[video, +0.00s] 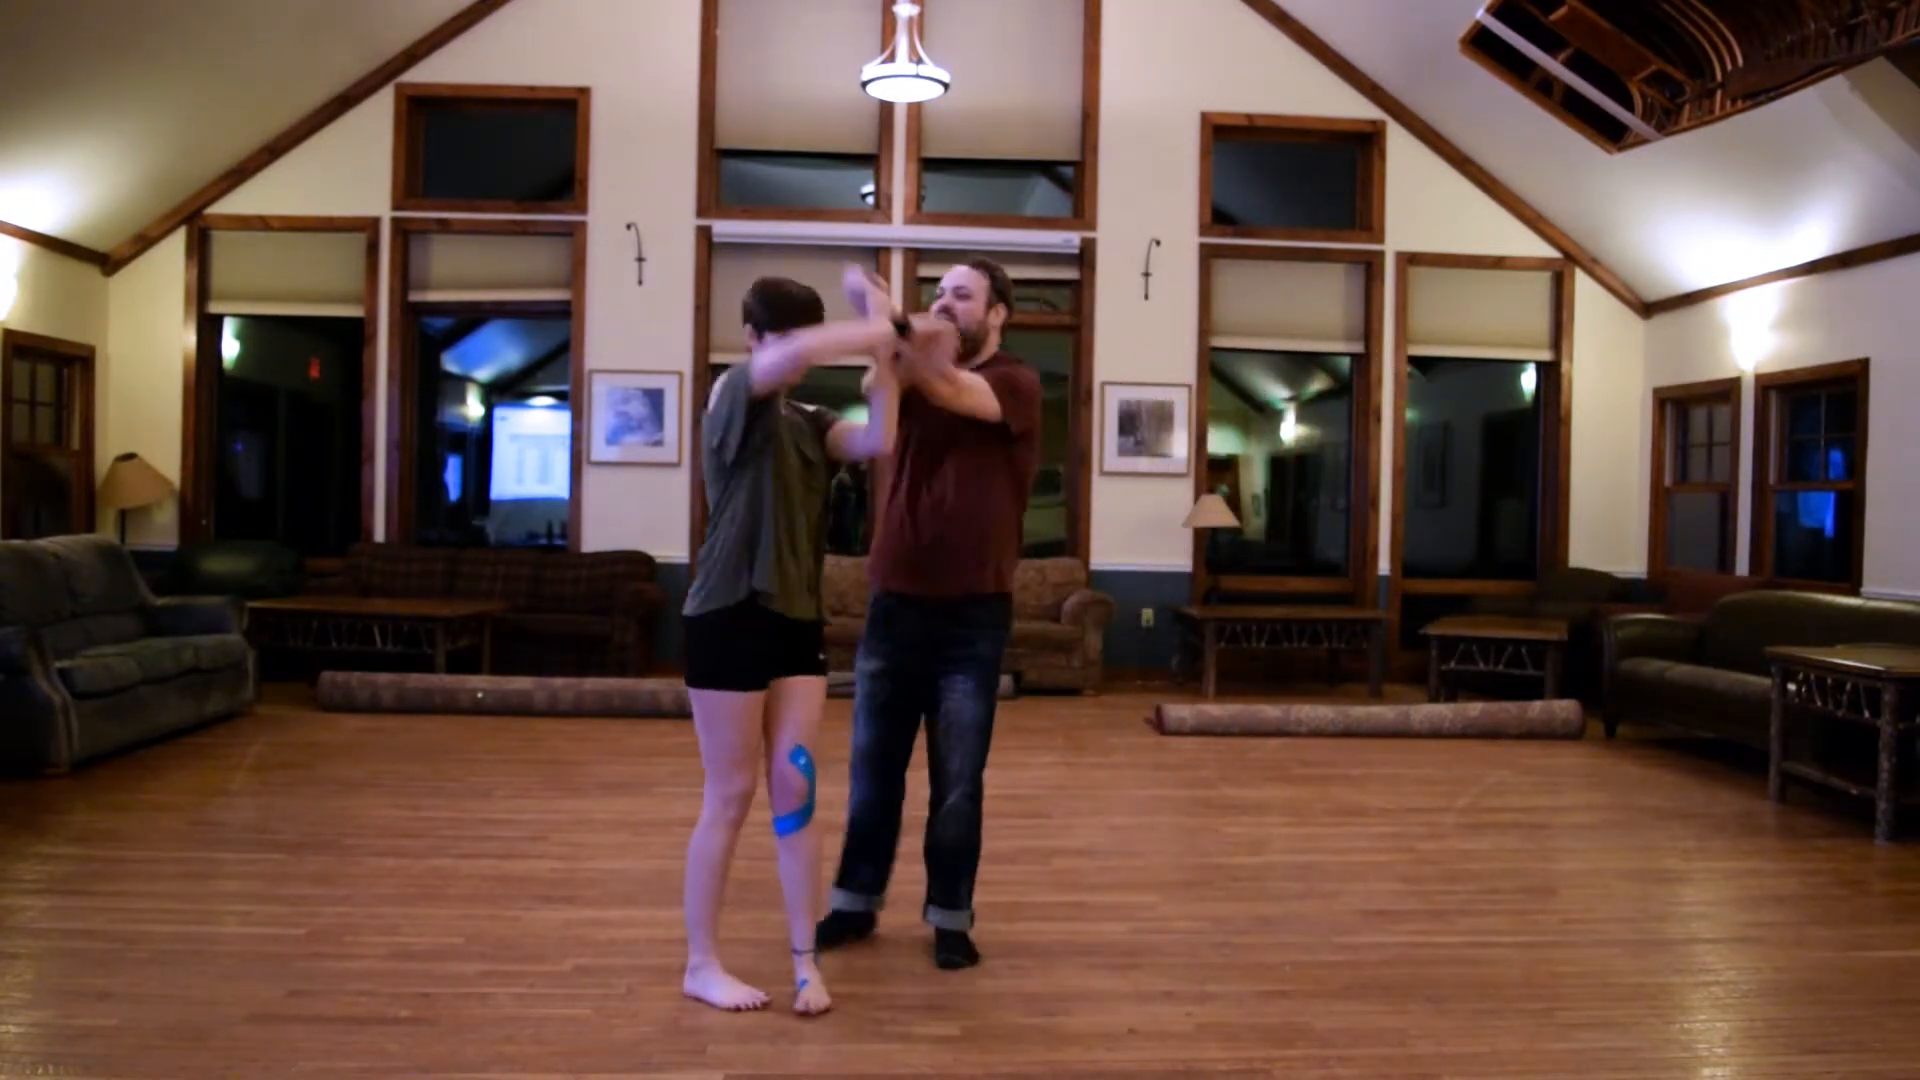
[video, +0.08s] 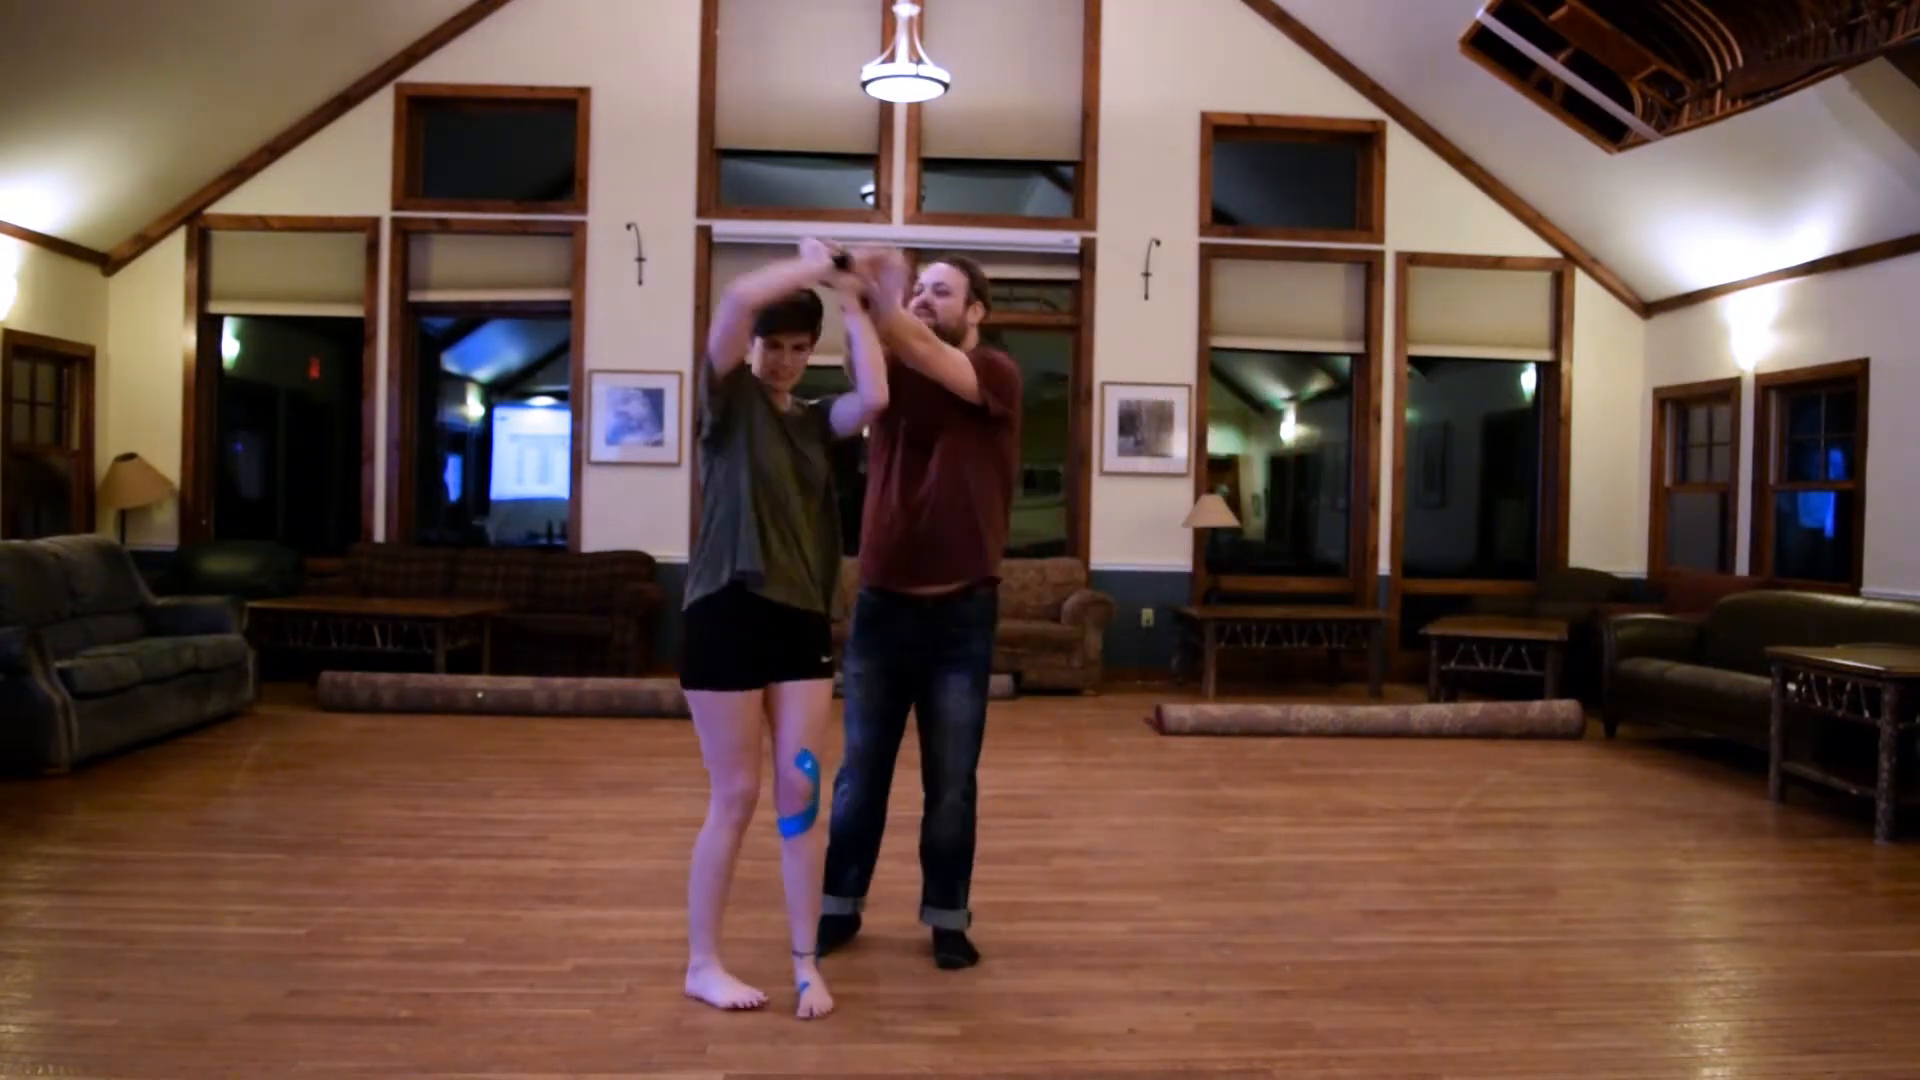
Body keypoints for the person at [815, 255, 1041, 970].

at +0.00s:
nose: (943, 304)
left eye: (961, 295)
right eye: (937, 295)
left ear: (997, 317)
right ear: (927, 312)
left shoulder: (1017, 382)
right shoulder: (910, 379)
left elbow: (948, 387)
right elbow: (872, 380)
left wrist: (900, 333)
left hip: (973, 605)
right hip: (895, 599)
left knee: (957, 777)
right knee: (873, 766)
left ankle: (950, 918)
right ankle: (854, 904)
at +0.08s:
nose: (923, 300)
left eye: (941, 291)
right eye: (918, 290)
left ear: (975, 313)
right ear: (905, 304)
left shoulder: (998, 373)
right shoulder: (890, 368)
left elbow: (916, 347)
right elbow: (861, 341)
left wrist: (876, 299)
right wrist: (857, 292)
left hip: (962, 603)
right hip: (882, 600)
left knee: (951, 777)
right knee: (863, 765)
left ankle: (948, 918)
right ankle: (839, 908)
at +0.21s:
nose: (892, 299)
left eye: (910, 288)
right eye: (884, 288)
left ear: (941, 308)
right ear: (875, 301)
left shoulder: (965, 365)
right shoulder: (856, 363)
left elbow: (888, 328)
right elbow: (807, 328)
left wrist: (813, 265)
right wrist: (787, 255)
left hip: (943, 601)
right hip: (862, 600)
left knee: (937, 775)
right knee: (852, 771)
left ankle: (935, 914)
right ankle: (841, 907)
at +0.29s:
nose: (878, 298)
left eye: (895, 289)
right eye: (871, 287)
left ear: (928, 307)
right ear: (860, 299)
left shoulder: (953, 364)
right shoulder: (847, 368)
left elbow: (875, 331)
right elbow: (789, 337)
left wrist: (793, 280)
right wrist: (754, 272)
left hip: (933, 599)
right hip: (854, 599)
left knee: (928, 776)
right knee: (845, 773)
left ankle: (929, 915)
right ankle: (840, 909)